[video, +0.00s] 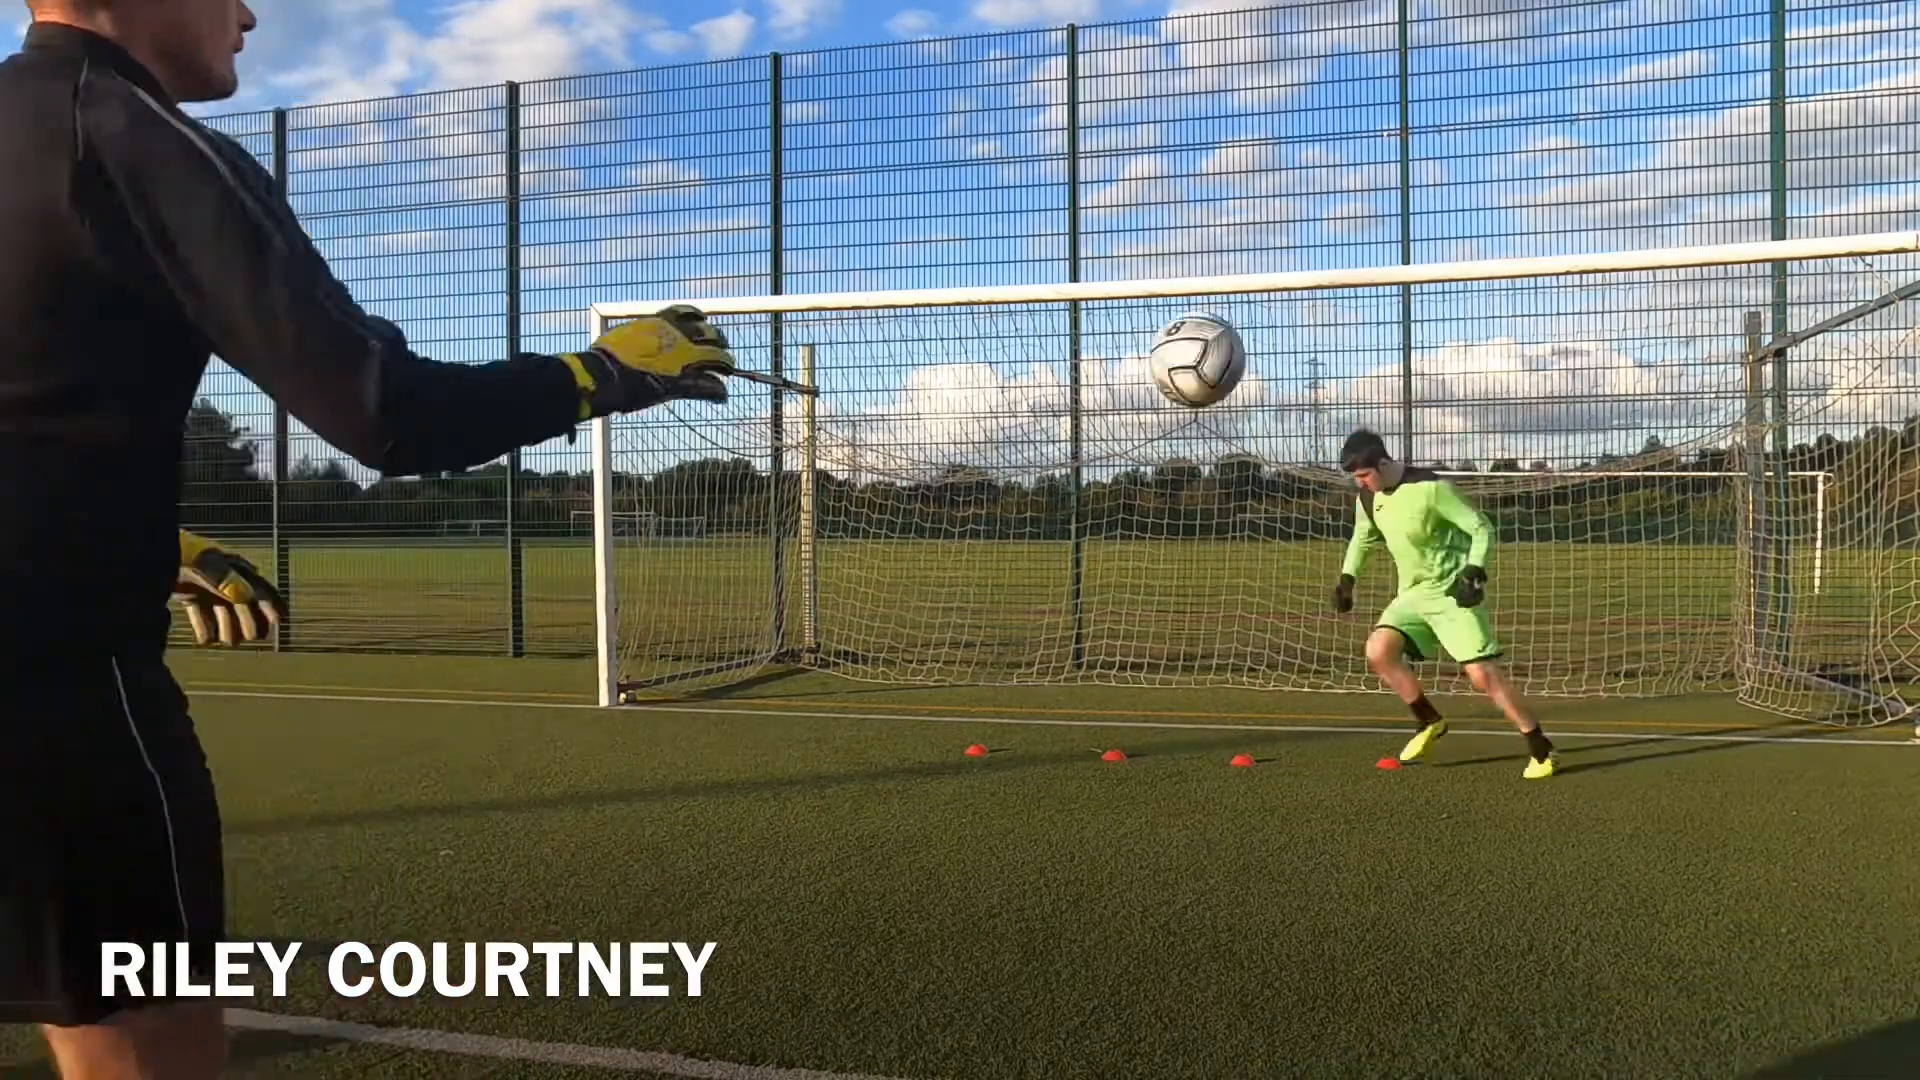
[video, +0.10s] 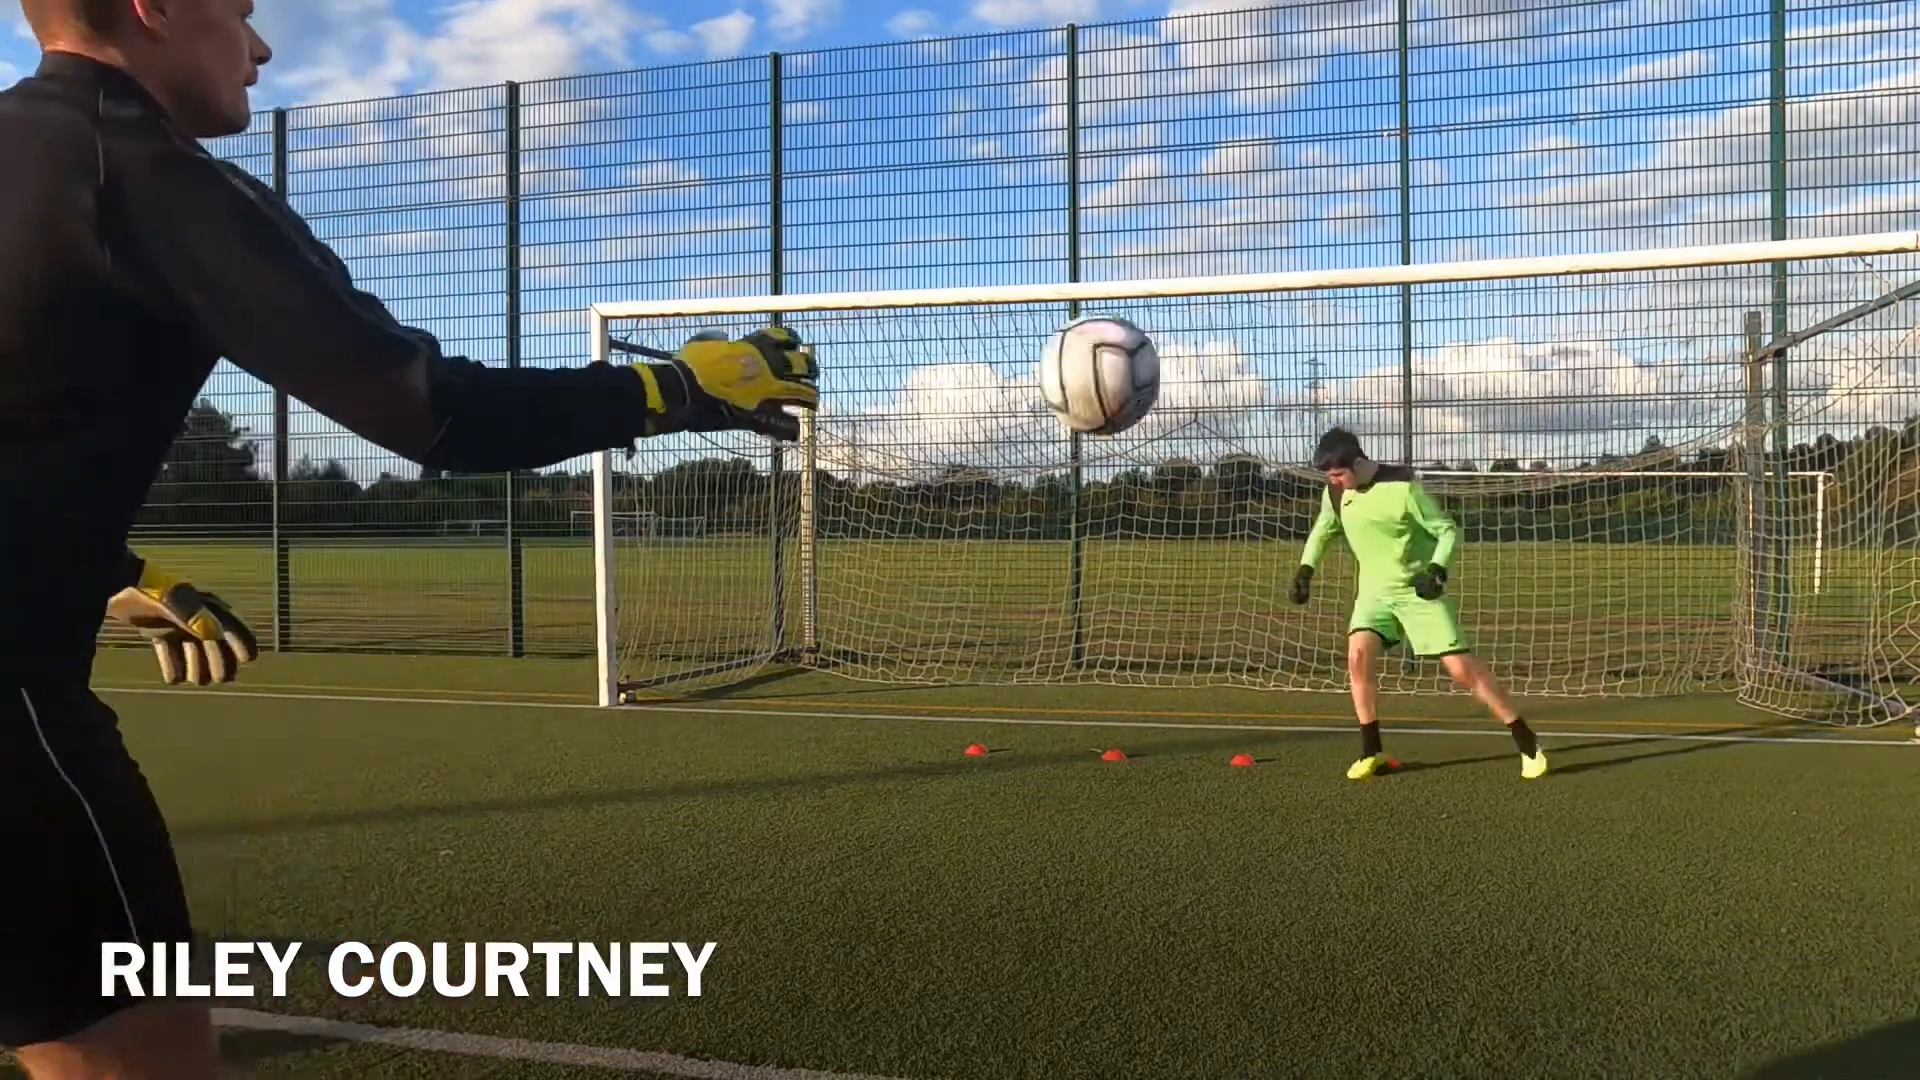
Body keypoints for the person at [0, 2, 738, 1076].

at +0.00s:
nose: (246, 12)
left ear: (83, 1)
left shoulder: (17, 113)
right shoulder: (133, 142)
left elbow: (19, 420)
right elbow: (389, 410)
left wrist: (151, 551)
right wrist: (601, 374)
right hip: (69, 667)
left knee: (106, 1048)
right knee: (149, 1051)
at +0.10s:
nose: (260, 43)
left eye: (248, 11)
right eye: (237, 8)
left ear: (121, 17)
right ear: (147, 9)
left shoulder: (24, 136)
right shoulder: (141, 171)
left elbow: (9, 453)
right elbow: (433, 408)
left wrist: (121, 584)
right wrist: (677, 385)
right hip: (24, 688)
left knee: (63, 1036)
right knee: (136, 1041)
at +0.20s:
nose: (282, 100)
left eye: (275, 62)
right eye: (263, 59)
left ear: (141, 56)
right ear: (172, 50)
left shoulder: (24, 167)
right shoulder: (150, 210)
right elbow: (446, 432)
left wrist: (70, 624)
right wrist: (734, 495)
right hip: (6, 723)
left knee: (76, 1031)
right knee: (109, 1040)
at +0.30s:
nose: (273, 131)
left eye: (274, 101)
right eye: (262, 98)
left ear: (75, 84)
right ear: (187, 77)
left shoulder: (14, 183)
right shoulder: (154, 229)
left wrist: (20, 653)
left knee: (68, 1039)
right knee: (86, 1044)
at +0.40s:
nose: (252, 139)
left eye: (255, 108)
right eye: (246, 104)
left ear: (67, 83)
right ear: (181, 85)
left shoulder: (17, 184)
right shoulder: (105, 236)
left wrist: (10, 656)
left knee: (59, 1040)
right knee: (71, 1046)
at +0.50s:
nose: (205, 130)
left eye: (209, 98)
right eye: (202, 92)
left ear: (47, 64)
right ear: (139, 64)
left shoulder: (34, 192)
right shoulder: (69, 220)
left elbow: (5, 530)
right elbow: (5, 533)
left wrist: (72, 682)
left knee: (58, 1033)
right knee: (55, 1040)